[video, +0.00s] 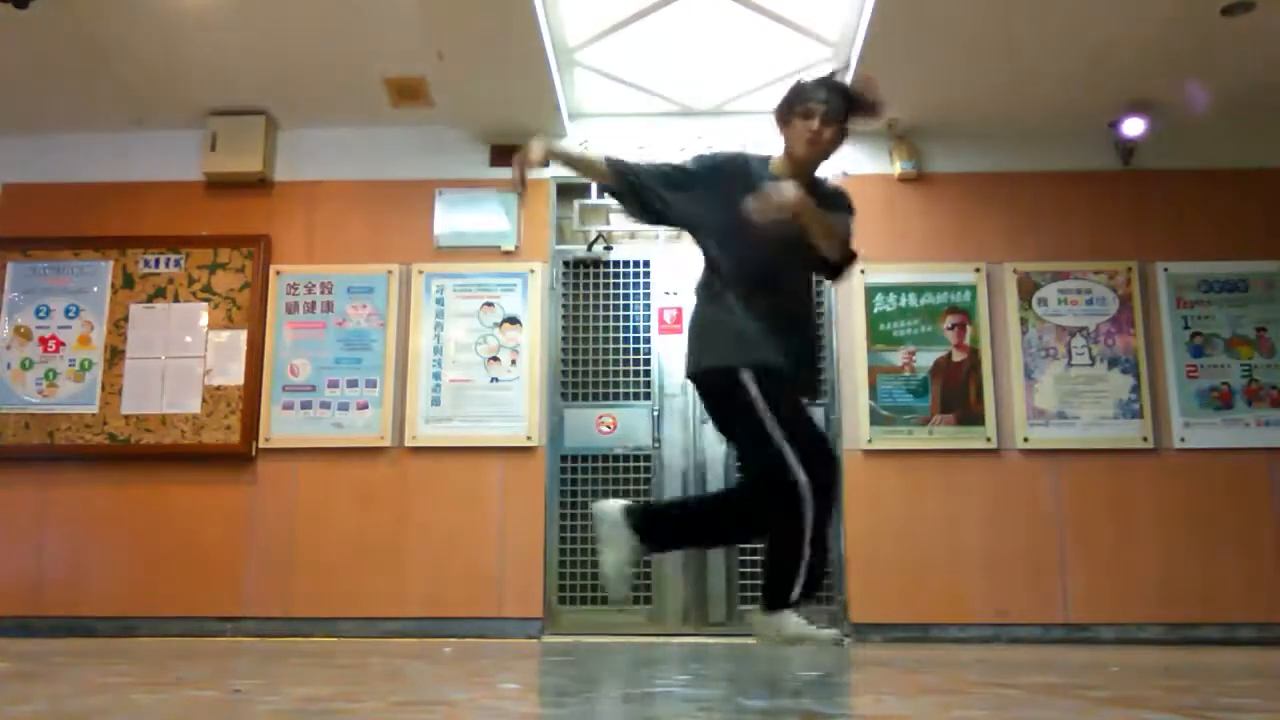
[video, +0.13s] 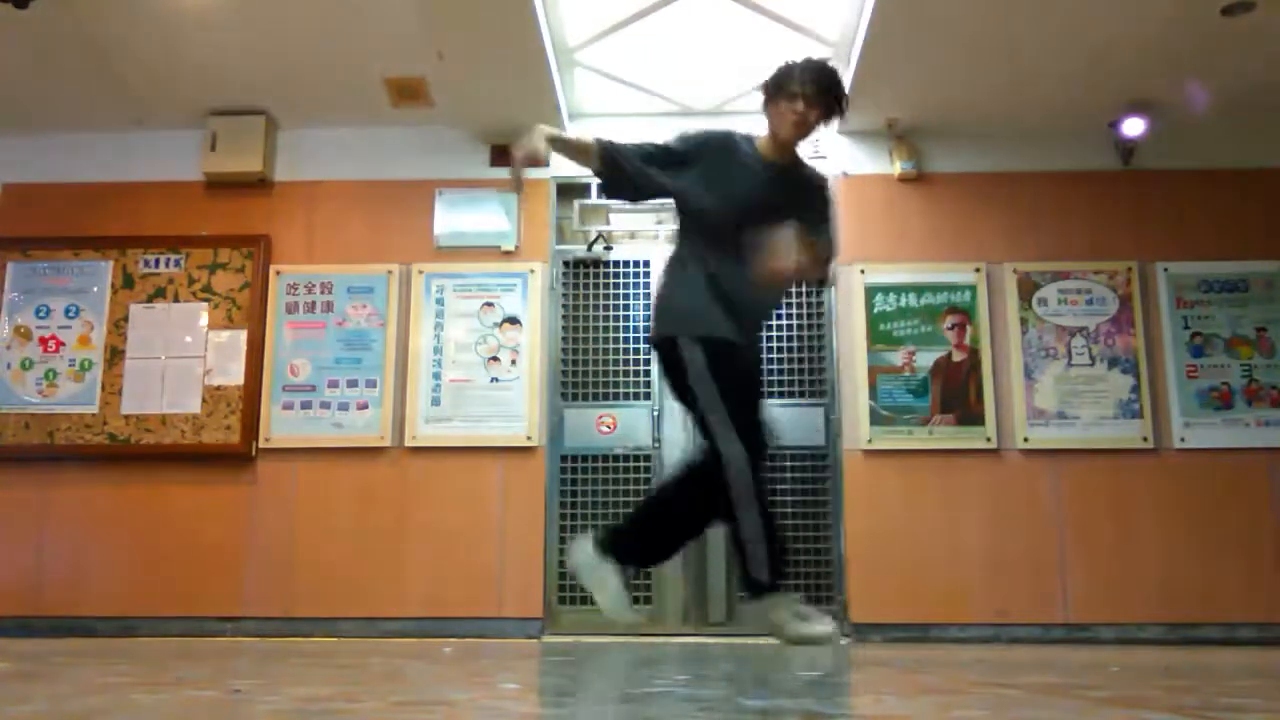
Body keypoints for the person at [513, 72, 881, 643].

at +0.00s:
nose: (815, 130)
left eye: (829, 123)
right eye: (805, 116)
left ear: (840, 138)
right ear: (783, 122)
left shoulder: (831, 202)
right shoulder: (732, 175)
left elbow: (838, 261)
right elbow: (641, 183)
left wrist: (804, 213)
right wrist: (559, 153)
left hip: (783, 363)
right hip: (729, 354)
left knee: (777, 500)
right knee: (811, 468)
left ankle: (633, 524)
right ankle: (780, 611)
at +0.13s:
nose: (796, 110)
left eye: (810, 104)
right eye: (788, 97)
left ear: (823, 118)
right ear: (769, 102)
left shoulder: (809, 189)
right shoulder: (717, 151)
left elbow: (820, 264)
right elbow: (629, 164)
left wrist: (794, 265)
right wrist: (553, 140)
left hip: (740, 335)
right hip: (688, 322)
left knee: (732, 461)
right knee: (740, 448)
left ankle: (608, 552)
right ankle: (768, 595)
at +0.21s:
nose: (792, 104)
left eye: (801, 95)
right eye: (783, 89)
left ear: (806, 103)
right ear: (756, 85)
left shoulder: (786, 182)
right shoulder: (703, 134)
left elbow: (792, 261)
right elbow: (616, 165)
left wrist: (803, 318)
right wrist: (578, 191)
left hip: (712, 319)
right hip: (659, 306)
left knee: (703, 448)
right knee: (692, 443)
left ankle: (619, 583)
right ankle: (698, 588)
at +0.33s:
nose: (761, 120)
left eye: (770, 111)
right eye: (751, 105)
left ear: (773, 118)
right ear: (720, 103)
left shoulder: (746, 203)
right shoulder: (672, 158)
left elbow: (758, 286)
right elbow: (611, 213)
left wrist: (805, 344)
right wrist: (657, 269)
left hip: (685, 345)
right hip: (630, 329)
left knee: (682, 471)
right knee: (647, 450)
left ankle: (616, 600)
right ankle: (572, 574)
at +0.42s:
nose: (748, 126)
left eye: (755, 117)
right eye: (737, 112)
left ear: (758, 125)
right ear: (704, 115)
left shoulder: (732, 199)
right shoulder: (661, 166)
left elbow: (733, 273)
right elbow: (602, 239)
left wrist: (788, 329)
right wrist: (671, 279)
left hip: (671, 352)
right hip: (615, 335)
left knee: (675, 479)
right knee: (626, 440)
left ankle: (606, 610)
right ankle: (521, 534)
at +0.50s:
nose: (730, 99)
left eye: (738, 89)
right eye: (721, 85)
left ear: (743, 97)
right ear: (693, 85)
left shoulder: (724, 171)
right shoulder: (647, 143)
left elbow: (715, 243)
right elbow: (583, 209)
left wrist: (757, 299)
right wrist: (647, 251)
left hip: (665, 322)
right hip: (607, 305)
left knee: (656, 454)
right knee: (611, 400)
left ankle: (609, 595)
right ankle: (521, 515)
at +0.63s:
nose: (701, 46)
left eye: (712, 34)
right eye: (691, 33)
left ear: (724, 39)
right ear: (668, 33)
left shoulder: (718, 124)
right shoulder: (623, 98)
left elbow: (702, 199)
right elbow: (554, 171)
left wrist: (717, 256)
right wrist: (601, 211)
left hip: (661, 291)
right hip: (596, 277)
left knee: (658, 421)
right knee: (600, 375)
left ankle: (594, 559)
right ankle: (547, 525)